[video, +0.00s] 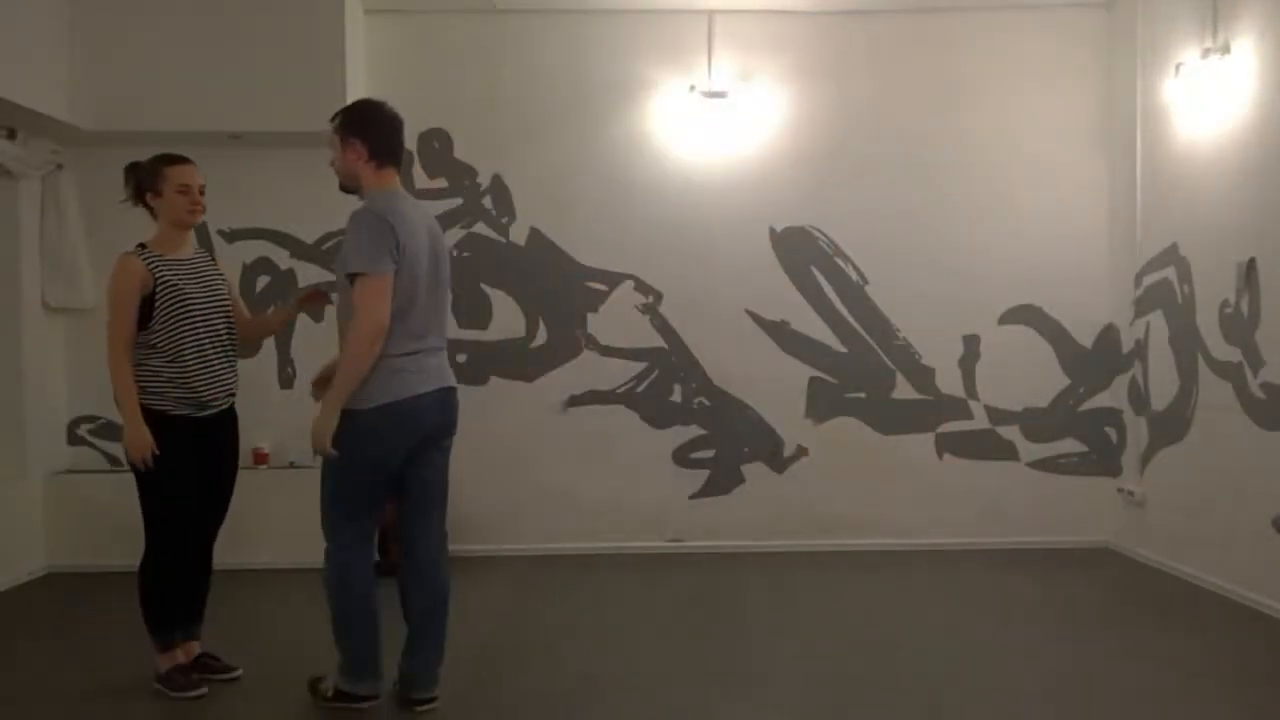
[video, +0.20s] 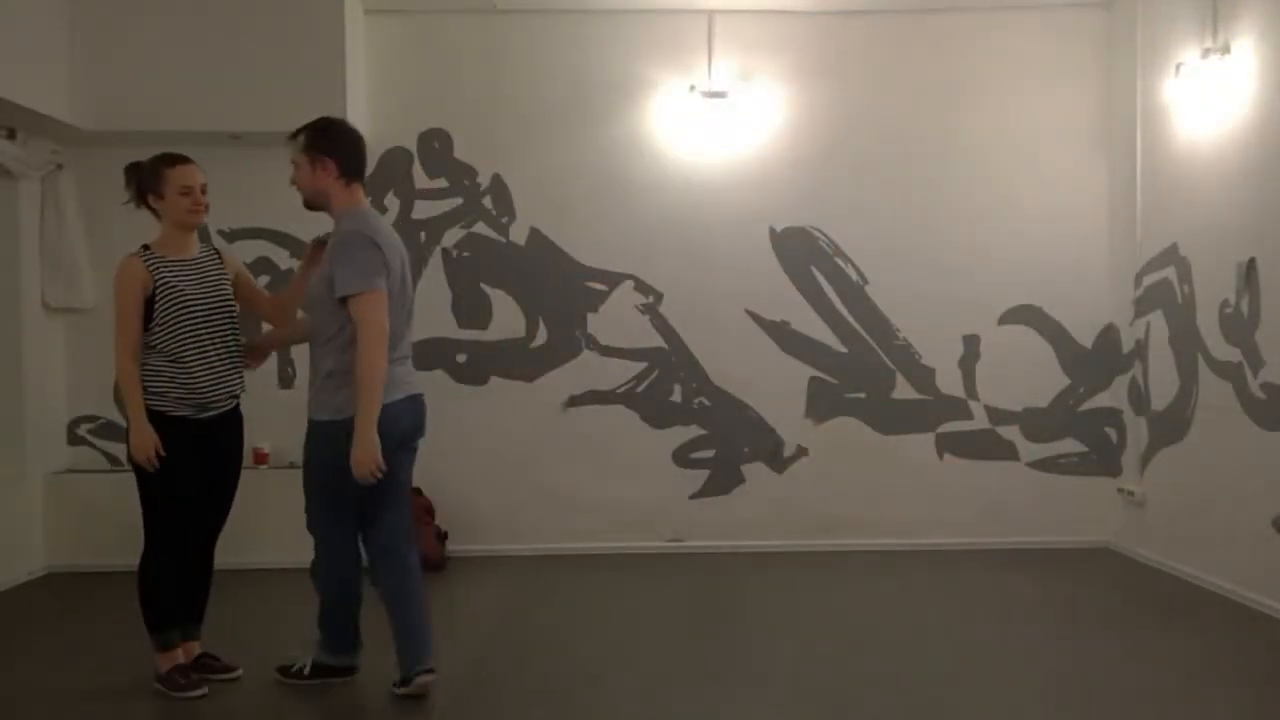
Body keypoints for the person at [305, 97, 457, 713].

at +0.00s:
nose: (332, 162)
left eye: (335, 151)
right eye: (333, 150)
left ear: (358, 151)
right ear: (388, 151)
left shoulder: (372, 220)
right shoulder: (422, 216)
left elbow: (371, 325)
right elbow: (404, 318)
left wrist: (333, 404)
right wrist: (341, 365)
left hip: (380, 405)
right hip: (434, 398)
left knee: (348, 540)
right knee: (423, 542)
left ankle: (359, 677)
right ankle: (421, 679)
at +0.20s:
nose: (294, 180)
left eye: (298, 168)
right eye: (294, 169)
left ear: (326, 168)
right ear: (341, 169)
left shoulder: (351, 239)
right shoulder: (375, 231)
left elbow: (373, 337)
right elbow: (330, 320)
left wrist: (365, 429)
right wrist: (271, 342)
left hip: (345, 419)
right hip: (392, 409)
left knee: (332, 538)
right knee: (392, 535)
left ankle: (336, 654)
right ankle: (418, 663)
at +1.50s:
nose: (319, 194)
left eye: (328, 185)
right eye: (309, 186)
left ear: (342, 194)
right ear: (293, 196)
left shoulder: (361, 259)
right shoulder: (267, 258)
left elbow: (381, 321)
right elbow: (225, 324)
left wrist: (385, 369)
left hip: (344, 406)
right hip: (285, 405)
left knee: (333, 511)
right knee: (292, 512)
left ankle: (318, 606)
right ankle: (287, 623)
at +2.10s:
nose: (384, 195)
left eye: (393, 188)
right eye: (375, 187)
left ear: (405, 198)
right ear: (359, 193)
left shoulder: (408, 266)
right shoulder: (330, 252)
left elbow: (405, 338)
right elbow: (273, 310)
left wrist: (431, 385)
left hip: (399, 406)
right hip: (344, 407)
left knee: (417, 509)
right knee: (341, 517)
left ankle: (418, 618)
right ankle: (303, 623)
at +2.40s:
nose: (411, 194)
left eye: (420, 187)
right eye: (401, 186)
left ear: (430, 196)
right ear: (383, 193)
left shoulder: (430, 262)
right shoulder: (359, 251)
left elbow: (439, 331)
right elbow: (306, 304)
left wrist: (480, 356)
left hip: (424, 395)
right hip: (371, 394)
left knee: (434, 503)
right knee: (401, 497)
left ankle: (418, 617)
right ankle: (367, 611)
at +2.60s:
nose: (416, 188)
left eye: (424, 181)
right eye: (407, 179)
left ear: (435, 192)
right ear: (389, 188)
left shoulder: (439, 259)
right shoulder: (367, 246)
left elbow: (447, 328)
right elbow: (319, 301)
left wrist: (492, 340)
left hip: (431, 399)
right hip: (380, 397)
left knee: (433, 508)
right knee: (403, 507)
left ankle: (424, 615)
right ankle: (418, 627)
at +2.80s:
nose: (416, 190)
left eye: (425, 183)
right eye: (407, 182)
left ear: (436, 195)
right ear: (390, 191)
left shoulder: (436, 261)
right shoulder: (368, 249)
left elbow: (444, 333)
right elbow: (320, 301)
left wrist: (487, 339)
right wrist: (327, 264)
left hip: (433, 401)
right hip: (380, 401)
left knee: (437, 512)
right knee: (406, 512)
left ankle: (425, 621)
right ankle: (421, 630)